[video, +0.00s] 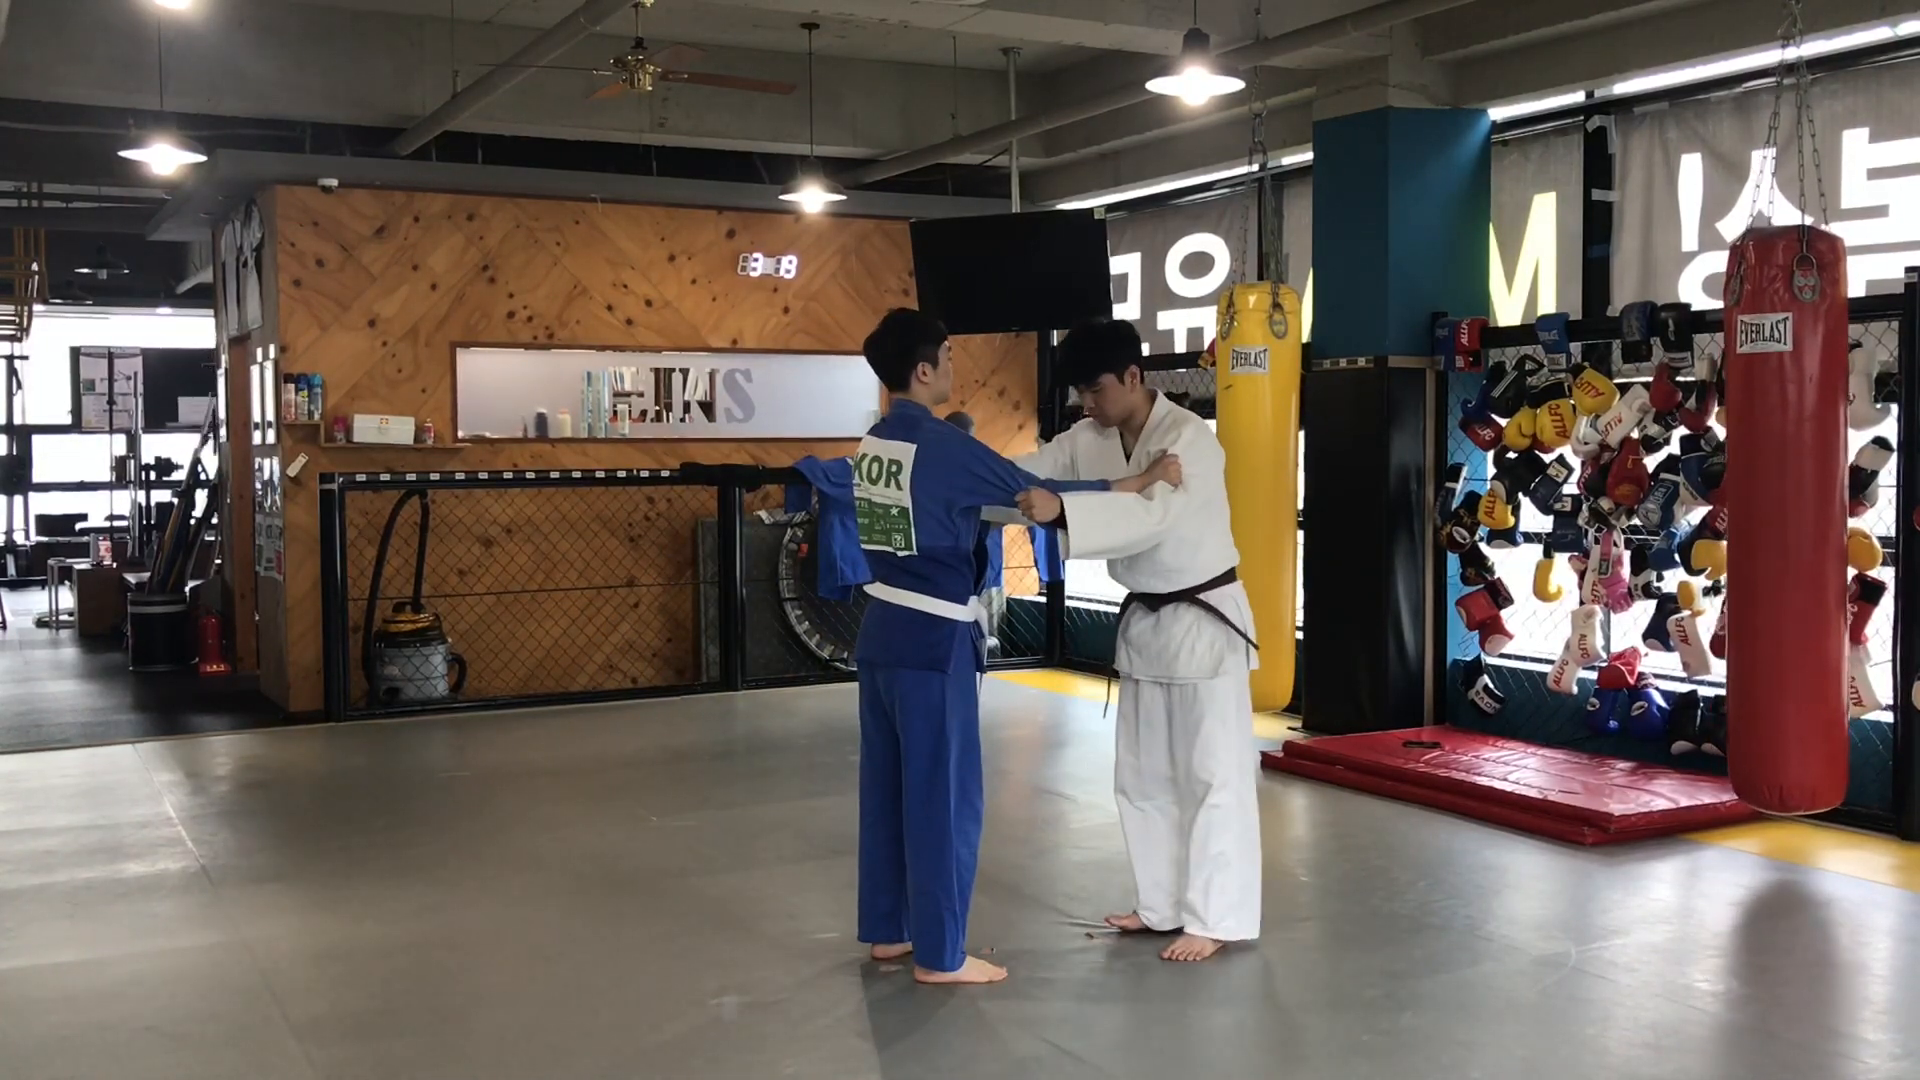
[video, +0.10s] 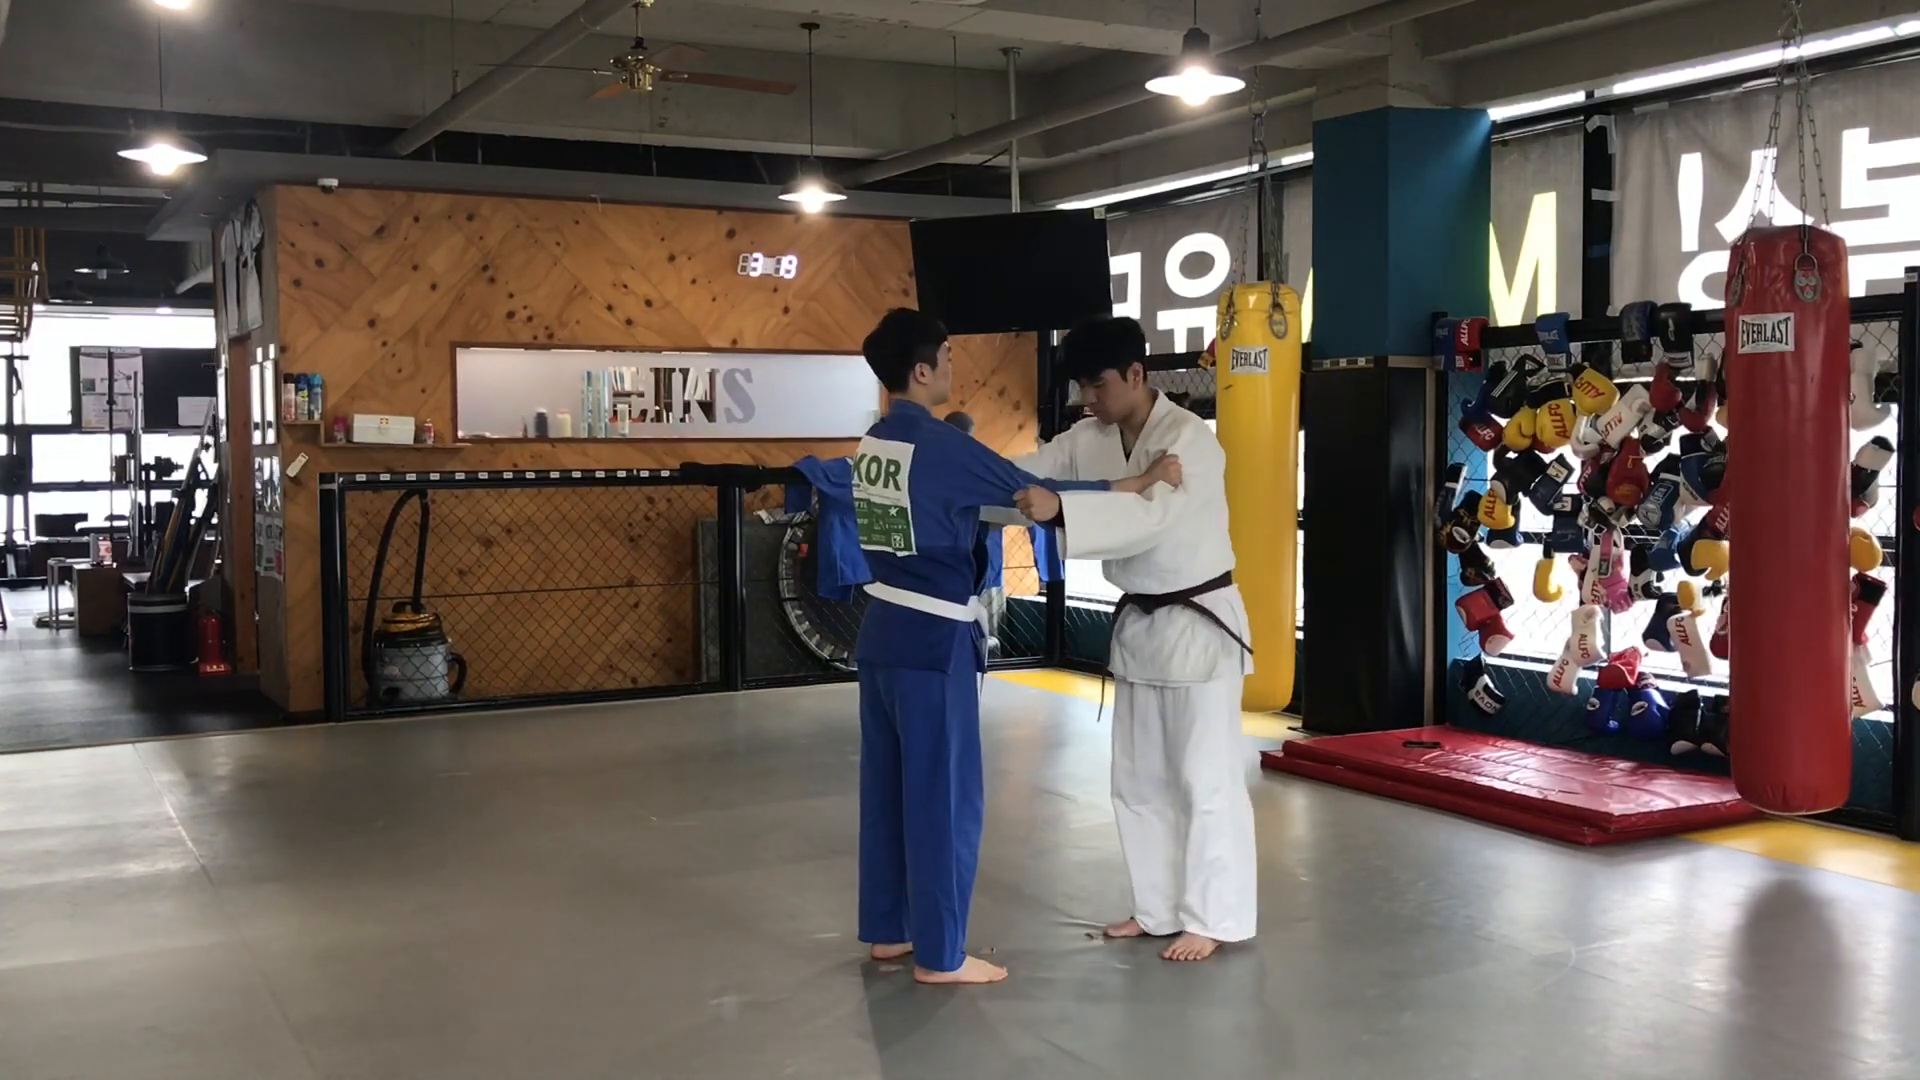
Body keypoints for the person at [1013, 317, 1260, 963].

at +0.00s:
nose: (1085, 405)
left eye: (1093, 391)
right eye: (1080, 394)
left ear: (1132, 376)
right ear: (1090, 390)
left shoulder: (1191, 438)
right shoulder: (1085, 439)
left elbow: (1152, 517)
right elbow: (1018, 481)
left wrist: (1063, 511)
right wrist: (955, 475)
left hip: (1205, 621)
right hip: (1143, 620)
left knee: (1212, 779)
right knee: (1147, 775)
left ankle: (1215, 921)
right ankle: (1163, 908)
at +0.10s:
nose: (1086, 401)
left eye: (1094, 387)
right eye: (1081, 389)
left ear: (1135, 373)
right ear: (1091, 386)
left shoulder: (1192, 438)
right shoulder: (1085, 438)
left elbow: (1153, 519)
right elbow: (1016, 481)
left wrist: (1061, 509)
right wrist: (952, 470)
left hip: (1200, 623)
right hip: (1138, 622)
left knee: (1205, 780)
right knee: (1142, 779)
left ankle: (1213, 921)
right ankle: (1159, 911)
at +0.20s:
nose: (1088, 395)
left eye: (1097, 380)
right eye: (1083, 382)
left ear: (1138, 371)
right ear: (1089, 383)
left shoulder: (1192, 439)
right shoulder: (1087, 438)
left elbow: (1155, 515)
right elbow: (1020, 481)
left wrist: (1063, 504)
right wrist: (958, 465)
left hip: (1190, 624)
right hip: (1129, 621)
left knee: (1185, 778)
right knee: (1131, 781)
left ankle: (1206, 919)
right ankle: (1154, 911)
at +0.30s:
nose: (1099, 392)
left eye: (1108, 377)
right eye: (1094, 379)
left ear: (1149, 371)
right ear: (1097, 381)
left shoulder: (1195, 442)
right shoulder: (1095, 440)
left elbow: (1155, 498)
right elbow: (1030, 480)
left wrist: (1060, 484)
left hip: (1179, 628)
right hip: (1120, 625)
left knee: (1155, 780)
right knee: (1124, 783)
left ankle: (1190, 918)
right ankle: (1152, 912)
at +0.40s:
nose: (1107, 393)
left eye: (1118, 379)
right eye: (1104, 380)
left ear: (1160, 377)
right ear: (1111, 381)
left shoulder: (1197, 442)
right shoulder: (1112, 442)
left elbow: (1158, 484)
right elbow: (1059, 500)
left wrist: (1065, 464)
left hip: (1166, 633)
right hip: (1107, 629)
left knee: (1120, 778)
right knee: (1120, 778)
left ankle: (1153, 917)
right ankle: (1152, 907)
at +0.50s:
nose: (1105, 397)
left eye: (1113, 383)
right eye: (1103, 385)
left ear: (1156, 379)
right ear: (1140, 380)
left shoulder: (1199, 441)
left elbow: (1173, 458)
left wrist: (1078, 445)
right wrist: (975, 478)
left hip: (1140, 642)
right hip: (1079, 637)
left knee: (1092, 786)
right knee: (1103, 784)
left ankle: (1080, 961)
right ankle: (1148, 899)